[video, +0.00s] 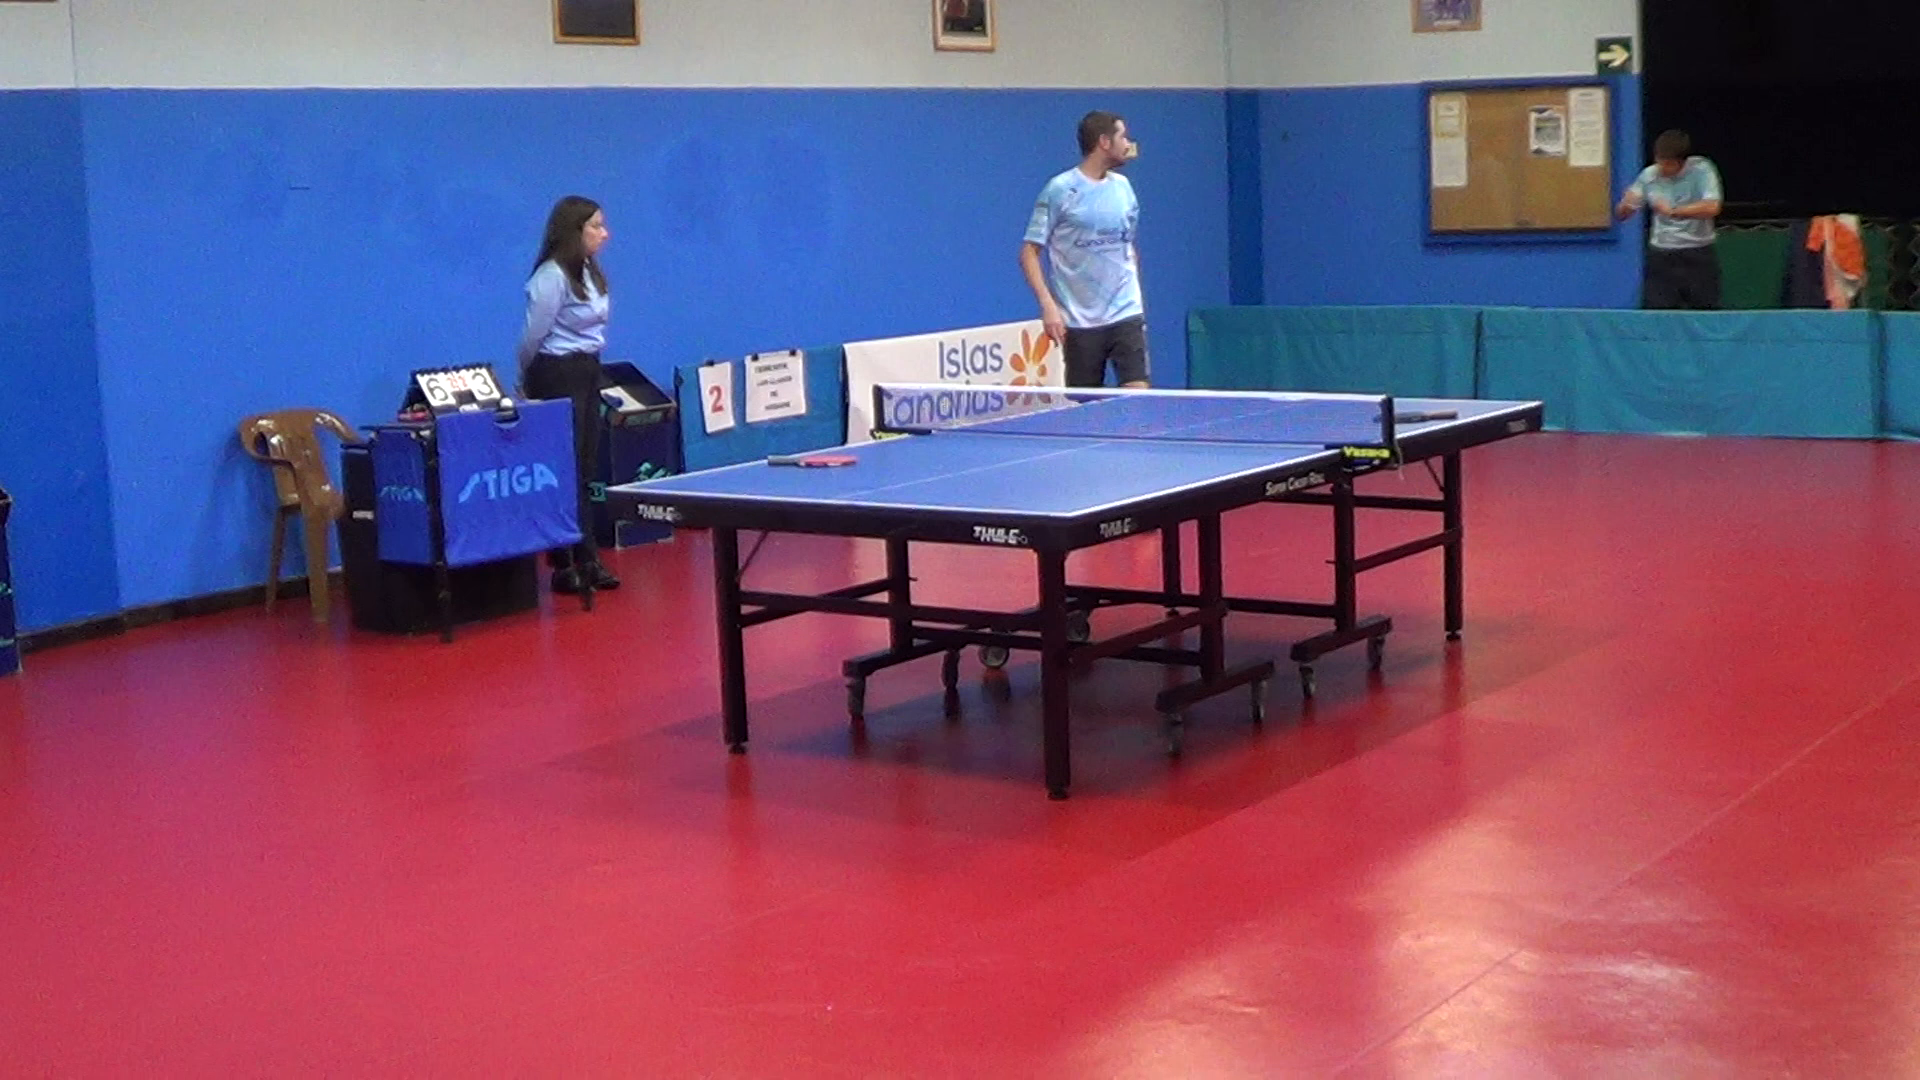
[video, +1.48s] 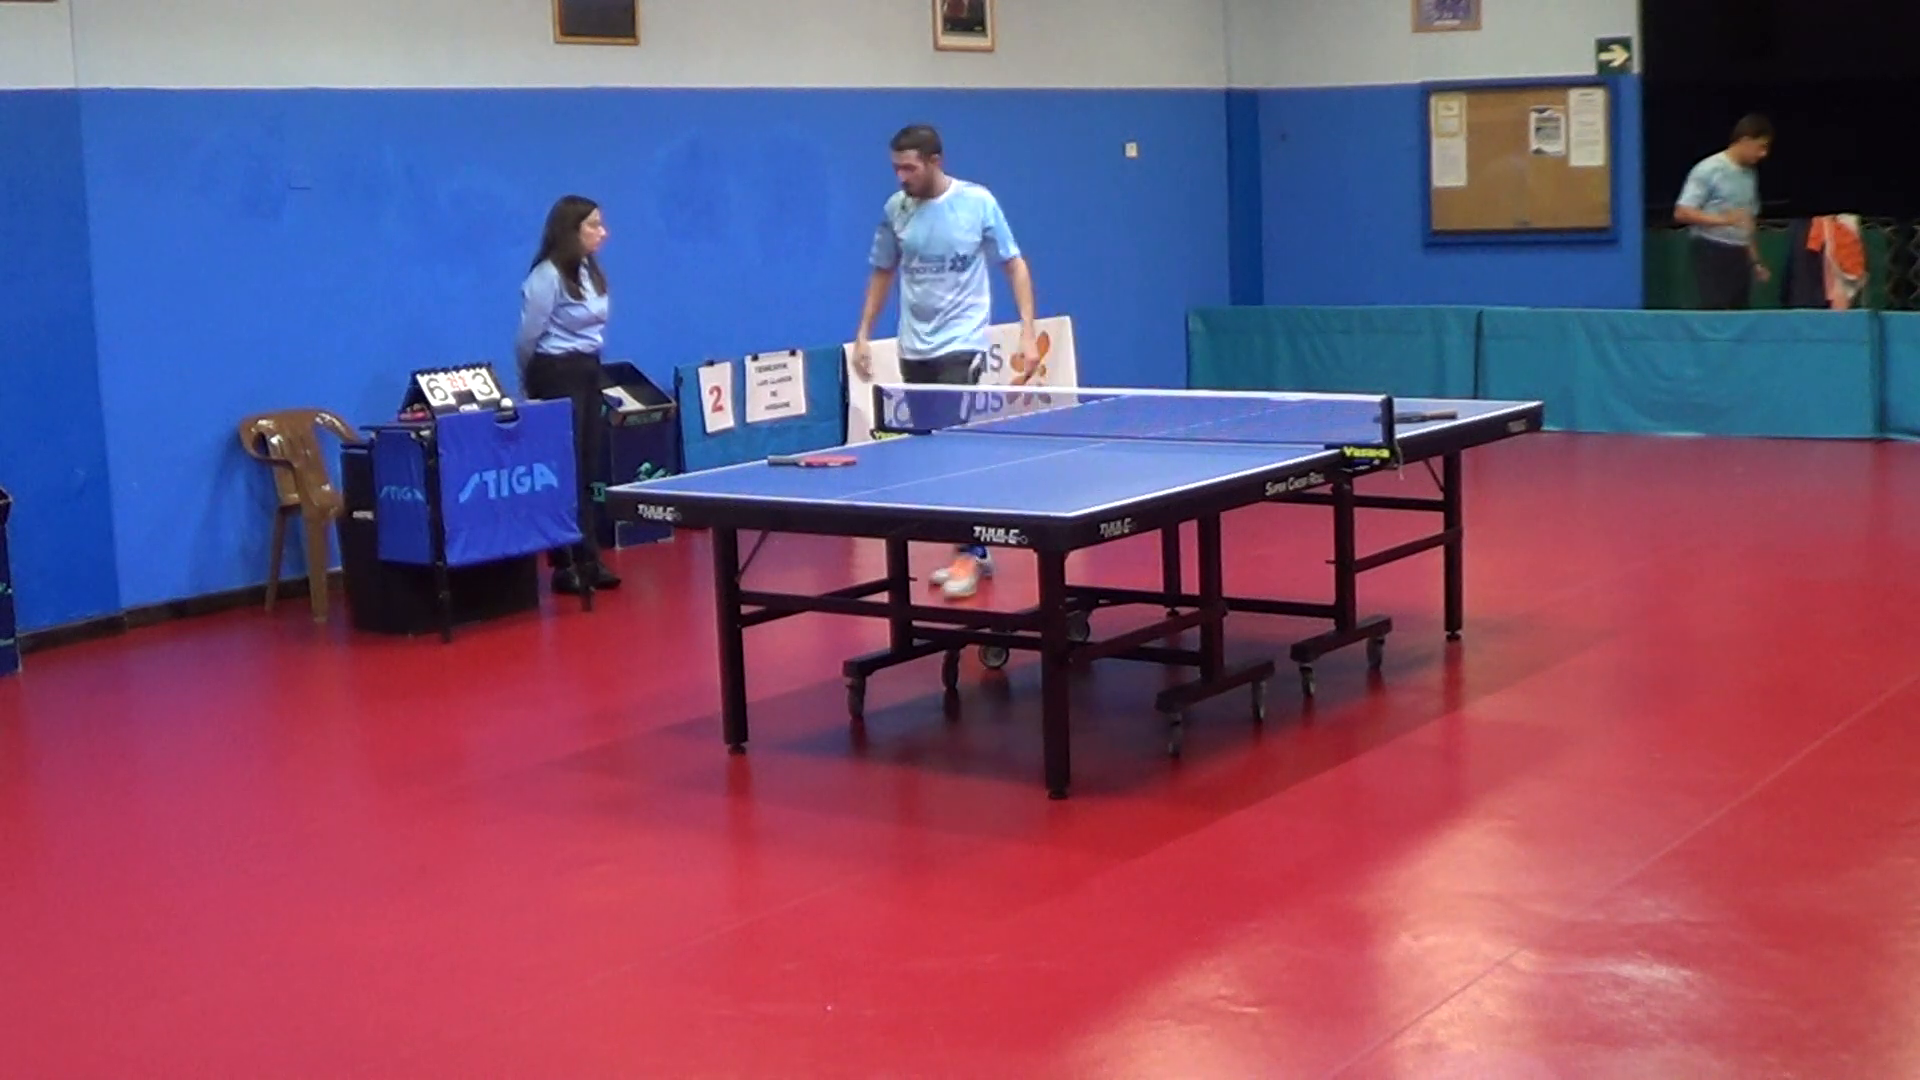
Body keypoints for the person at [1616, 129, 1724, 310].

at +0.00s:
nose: (1663, 168)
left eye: (1668, 164)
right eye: (1661, 163)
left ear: (1681, 161)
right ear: (1657, 159)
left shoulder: (1702, 169)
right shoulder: (1649, 174)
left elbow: (1712, 207)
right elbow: (1622, 214)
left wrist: (1673, 211)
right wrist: (1627, 205)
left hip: (1698, 254)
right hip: (1662, 255)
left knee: (1705, 314)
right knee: (1658, 315)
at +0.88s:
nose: (1676, 155)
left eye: (1682, 150)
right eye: (1672, 148)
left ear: (1690, 149)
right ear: (1662, 144)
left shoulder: (1705, 171)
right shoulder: (1645, 172)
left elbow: (1729, 207)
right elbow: (1619, 213)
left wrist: (1702, 217)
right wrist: (1635, 209)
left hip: (1695, 251)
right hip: (1658, 252)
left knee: (1703, 311)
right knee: (1660, 313)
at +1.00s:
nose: (1696, 150)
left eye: (1701, 145)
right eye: (1692, 143)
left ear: (1706, 146)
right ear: (1678, 139)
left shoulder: (1715, 174)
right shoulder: (1654, 173)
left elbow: (1736, 210)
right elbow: (1629, 212)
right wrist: (1647, 212)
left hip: (1703, 252)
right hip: (1664, 252)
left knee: (1706, 316)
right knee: (1664, 317)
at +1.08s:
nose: (1710, 148)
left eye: (1714, 142)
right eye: (1705, 141)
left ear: (1717, 143)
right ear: (1689, 139)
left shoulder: (1723, 176)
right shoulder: (1662, 173)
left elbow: (1735, 219)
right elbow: (1639, 211)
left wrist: (1745, 262)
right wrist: (1658, 215)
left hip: (1711, 252)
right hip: (1673, 252)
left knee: (1712, 315)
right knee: (1675, 316)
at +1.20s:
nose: (1730, 147)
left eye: (1733, 142)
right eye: (1725, 140)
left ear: (1735, 143)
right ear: (1706, 137)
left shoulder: (1736, 176)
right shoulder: (1676, 172)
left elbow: (1741, 221)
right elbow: (1651, 213)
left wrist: (1751, 262)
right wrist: (1678, 215)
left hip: (1721, 253)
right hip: (1686, 252)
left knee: (1724, 315)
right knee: (1687, 317)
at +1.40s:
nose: (1756, 154)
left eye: (1759, 148)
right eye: (1753, 147)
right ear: (1735, 141)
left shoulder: (1747, 176)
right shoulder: (1700, 170)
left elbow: (1746, 221)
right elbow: (1672, 214)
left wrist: (1753, 264)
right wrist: (1710, 217)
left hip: (1736, 251)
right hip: (1705, 249)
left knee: (1735, 314)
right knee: (1706, 315)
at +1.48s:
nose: (1763, 154)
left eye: (1766, 148)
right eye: (1761, 146)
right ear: (1744, 139)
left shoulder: (1749, 174)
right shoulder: (1708, 168)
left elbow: (1747, 223)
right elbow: (1682, 212)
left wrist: (1756, 262)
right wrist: (1724, 219)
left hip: (1739, 250)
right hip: (1711, 248)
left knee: (1739, 313)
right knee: (1716, 313)